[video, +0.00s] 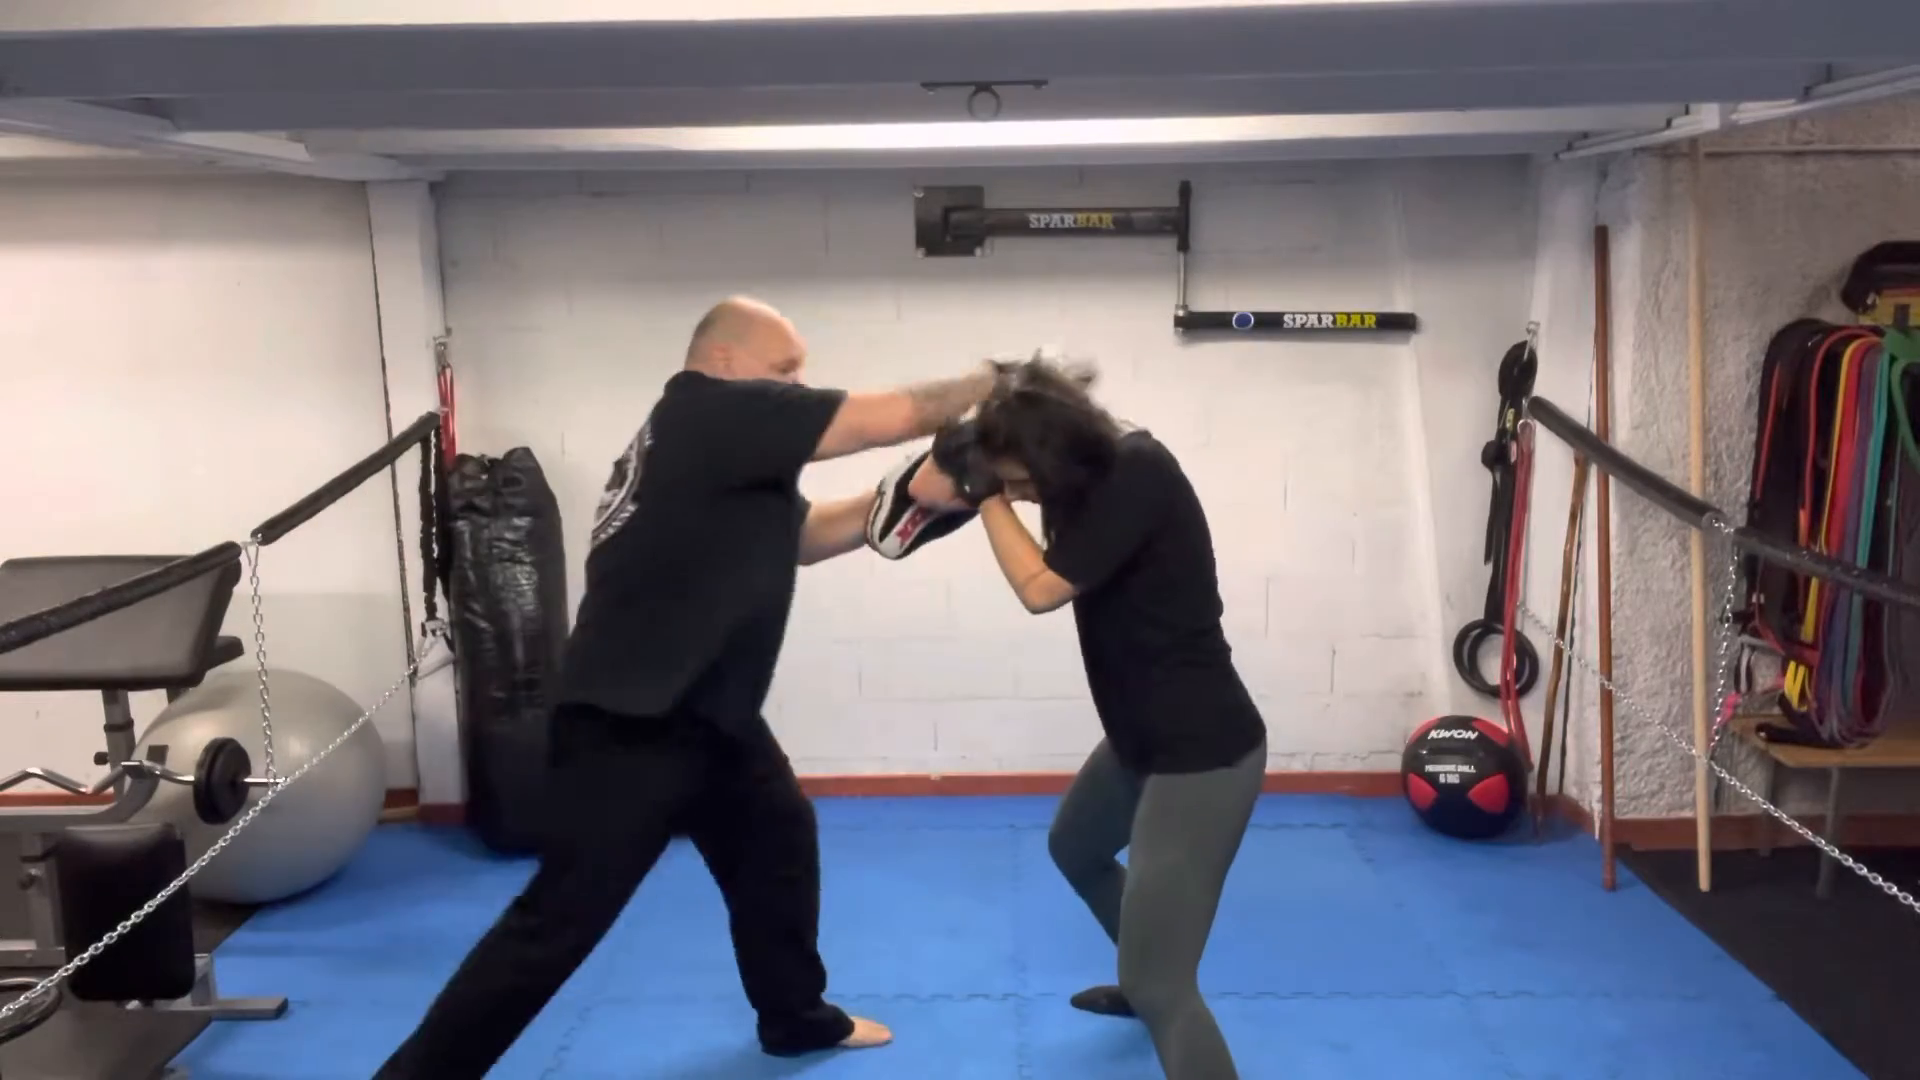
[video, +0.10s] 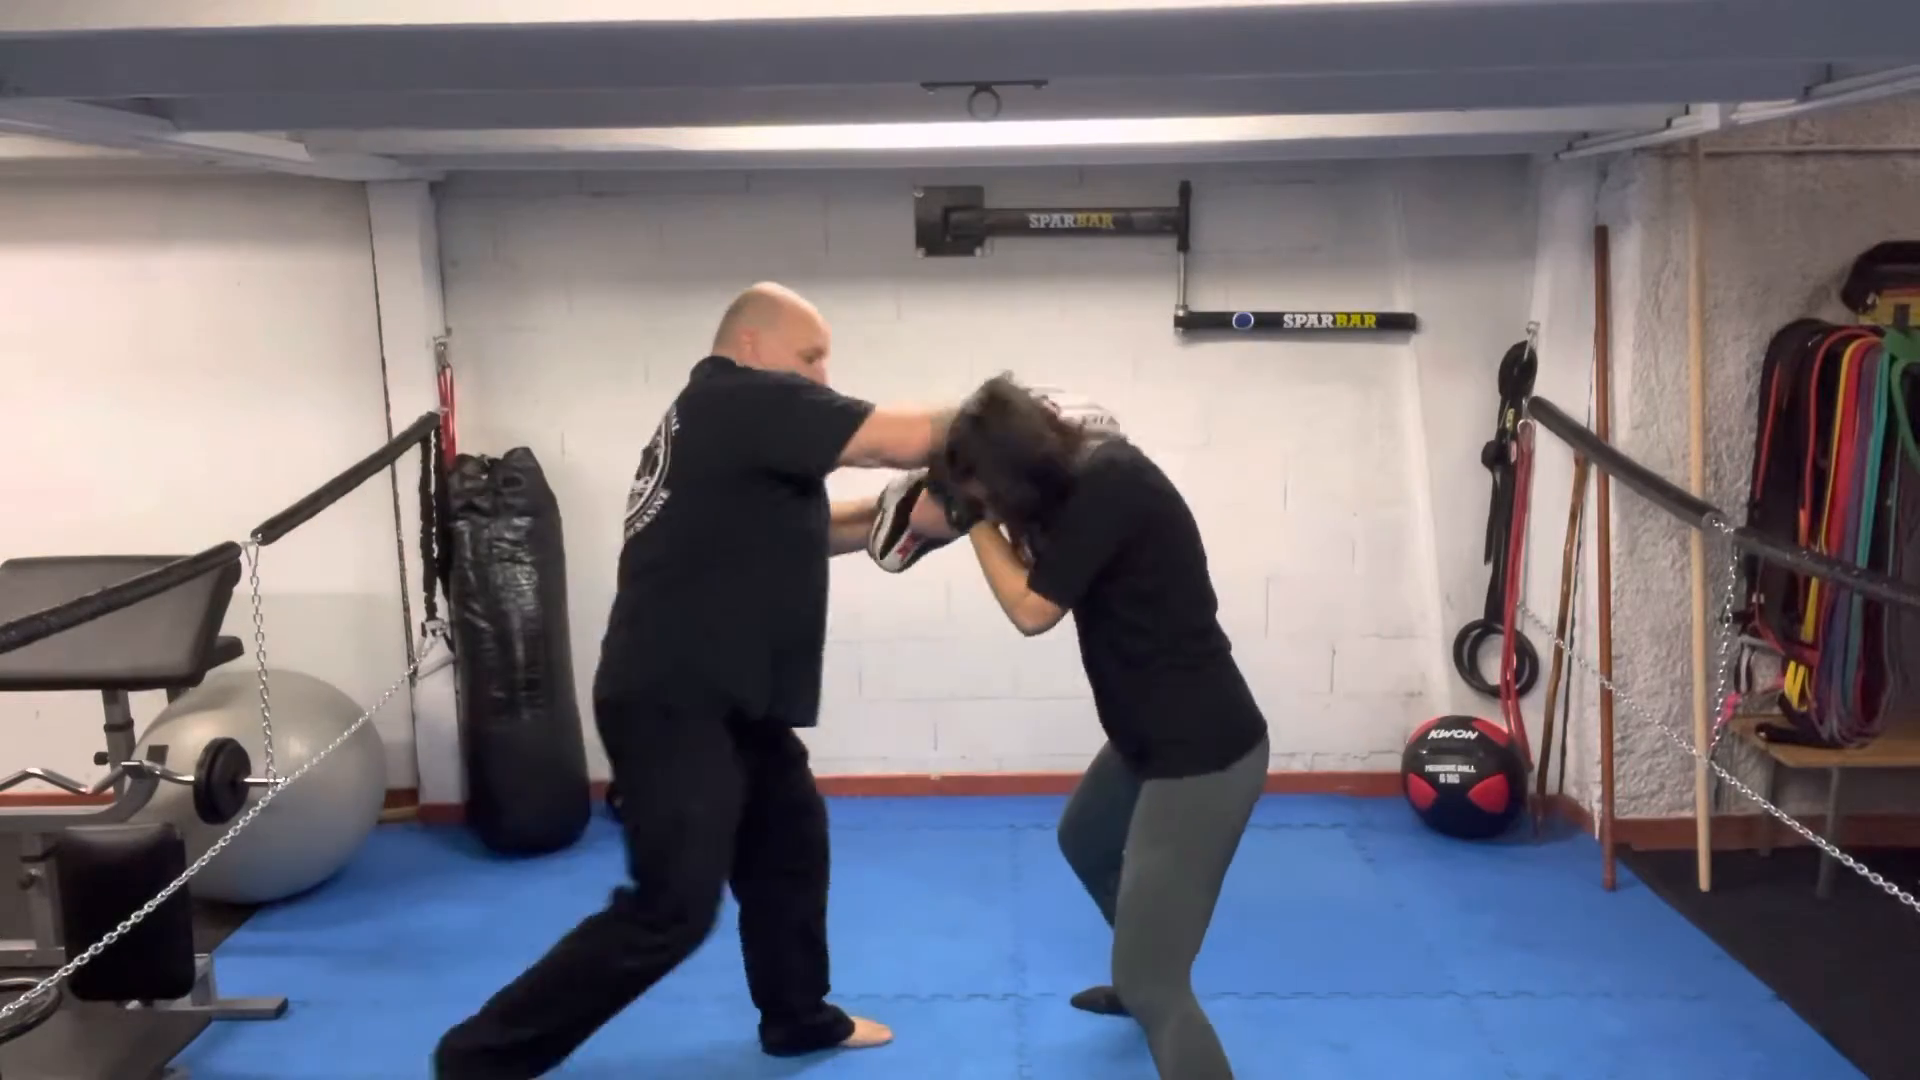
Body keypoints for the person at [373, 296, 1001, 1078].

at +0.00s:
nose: (797, 387)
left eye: (797, 373)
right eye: (784, 369)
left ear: (722, 364)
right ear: (726, 359)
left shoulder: (715, 450)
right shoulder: (707, 415)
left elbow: (804, 533)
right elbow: (904, 413)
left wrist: (909, 499)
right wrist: (997, 375)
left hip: (708, 718)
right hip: (628, 722)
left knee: (775, 842)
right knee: (560, 919)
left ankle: (795, 1019)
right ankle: (416, 1073)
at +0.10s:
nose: (823, 380)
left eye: (824, 364)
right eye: (812, 361)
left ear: (740, 350)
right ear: (758, 349)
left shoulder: (721, 420)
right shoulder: (738, 402)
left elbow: (796, 529)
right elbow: (905, 440)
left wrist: (913, 512)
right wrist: (1018, 421)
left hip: (727, 697)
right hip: (669, 697)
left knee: (788, 837)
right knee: (675, 904)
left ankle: (797, 1018)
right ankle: (478, 1058)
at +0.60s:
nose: (814, 367)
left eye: (816, 350)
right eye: (802, 348)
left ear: (742, 341)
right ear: (742, 336)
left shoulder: (730, 410)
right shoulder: (724, 417)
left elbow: (852, 505)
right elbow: (848, 519)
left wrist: (977, 487)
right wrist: (981, 476)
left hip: (829, 646)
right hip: (820, 652)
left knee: (848, 821)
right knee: (976, 740)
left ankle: (802, 1016)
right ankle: (928, 937)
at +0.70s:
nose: (817, 357)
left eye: (820, 341)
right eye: (804, 338)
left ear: (744, 336)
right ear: (747, 329)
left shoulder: (748, 404)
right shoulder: (725, 402)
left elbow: (844, 499)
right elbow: (841, 500)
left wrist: (954, 485)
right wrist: (974, 462)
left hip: (822, 638)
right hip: (810, 638)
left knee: (842, 824)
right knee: (964, 753)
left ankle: (806, 1019)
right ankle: (913, 980)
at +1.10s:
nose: (824, 350)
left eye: (824, 334)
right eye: (815, 333)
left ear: (737, 334)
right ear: (766, 332)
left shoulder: (679, 402)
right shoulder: (793, 398)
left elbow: (785, 434)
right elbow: (934, 466)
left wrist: (841, 362)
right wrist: (960, 434)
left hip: (705, 669)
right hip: (759, 674)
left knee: (827, 838)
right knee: (754, 883)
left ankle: (805, 1022)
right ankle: (650, 1072)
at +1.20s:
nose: (826, 367)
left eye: (830, 351)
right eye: (820, 347)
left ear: (744, 341)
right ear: (770, 341)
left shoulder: (681, 403)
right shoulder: (799, 426)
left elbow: (809, 425)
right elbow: (911, 550)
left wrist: (862, 328)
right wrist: (927, 522)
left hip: (685, 682)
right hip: (742, 694)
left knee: (817, 845)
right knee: (710, 902)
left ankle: (804, 1023)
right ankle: (603, 1072)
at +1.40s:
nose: (812, 372)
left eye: (815, 358)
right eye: (805, 356)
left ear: (734, 349)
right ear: (750, 348)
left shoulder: (672, 404)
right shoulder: (763, 432)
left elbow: (819, 422)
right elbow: (816, 604)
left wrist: (882, 363)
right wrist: (844, 681)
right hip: (704, 703)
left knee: (796, 848)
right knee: (706, 918)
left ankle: (802, 1021)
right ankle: (610, 1078)